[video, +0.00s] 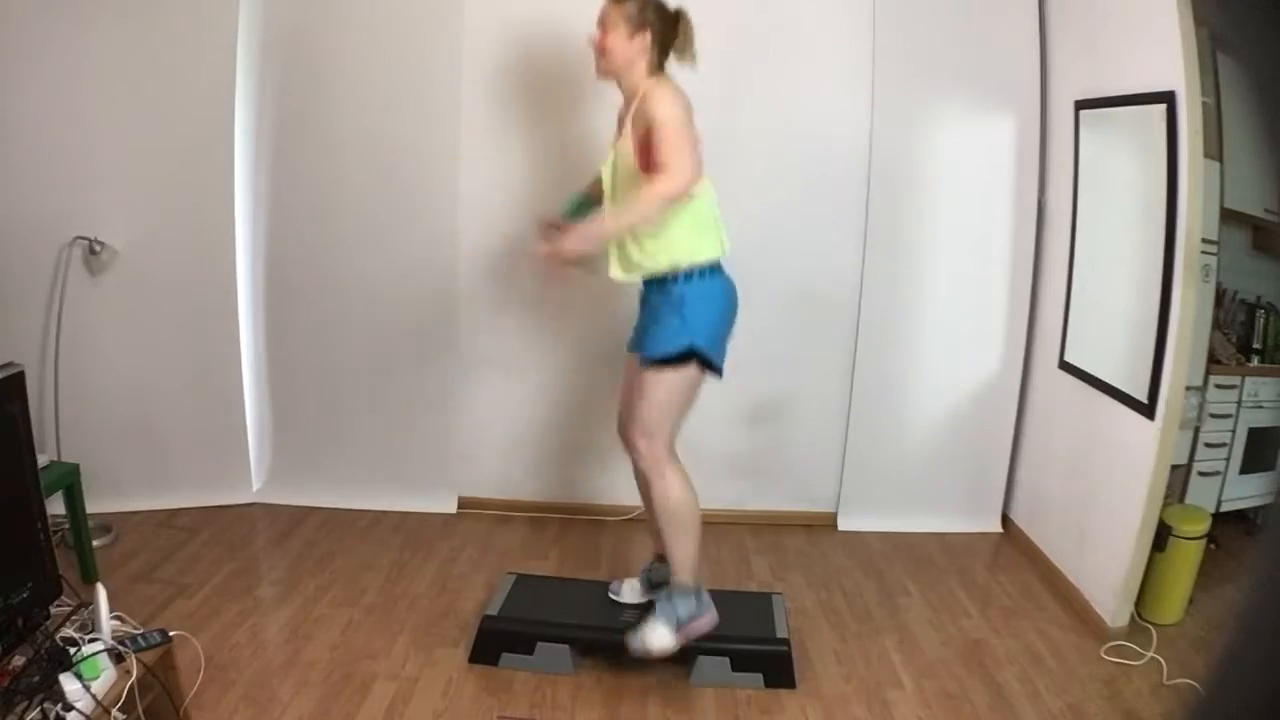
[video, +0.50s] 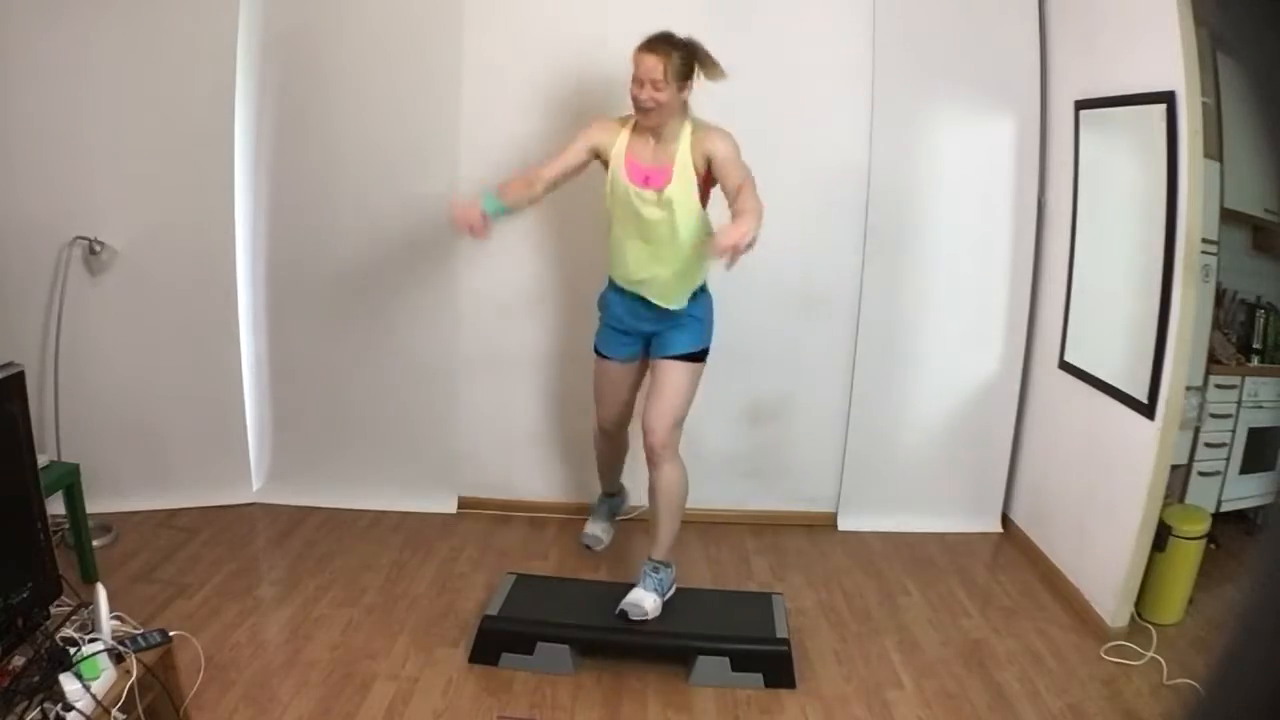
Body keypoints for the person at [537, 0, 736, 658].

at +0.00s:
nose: (594, 41)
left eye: (605, 29)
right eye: (596, 29)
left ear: (642, 40)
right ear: (636, 41)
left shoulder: (661, 99)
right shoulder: (635, 106)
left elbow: (676, 179)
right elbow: (620, 178)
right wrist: (571, 217)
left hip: (691, 291)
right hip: (664, 288)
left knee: (650, 439)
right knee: (635, 431)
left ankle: (691, 599)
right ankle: (670, 563)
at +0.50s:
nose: (641, 93)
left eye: (653, 85)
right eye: (636, 82)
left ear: (684, 89)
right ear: (631, 81)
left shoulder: (711, 144)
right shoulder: (608, 135)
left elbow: (747, 206)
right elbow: (541, 179)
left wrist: (738, 233)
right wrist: (488, 206)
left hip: (683, 310)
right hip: (623, 305)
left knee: (660, 439)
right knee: (609, 424)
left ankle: (660, 567)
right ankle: (610, 497)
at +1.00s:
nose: (705, 150)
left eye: (713, 141)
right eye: (696, 138)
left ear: (718, 141)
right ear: (667, 134)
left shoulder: (722, 194)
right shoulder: (625, 186)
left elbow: (721, 254)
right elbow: (577, 249)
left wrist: (732, 314)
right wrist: (591, 311)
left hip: (688, 336)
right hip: (625, 335)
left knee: (706, 448)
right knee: (607, 446)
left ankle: (679, 531)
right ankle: (592, 517)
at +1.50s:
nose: (814, 103)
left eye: (820, 92)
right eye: (807, 88)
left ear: (818, 93)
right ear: (771, 77)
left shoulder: (810, 136)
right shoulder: (715, 128)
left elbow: (878, 178)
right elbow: (627, 160)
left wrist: (912, 164)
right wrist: (557, 213)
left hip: (760, 301)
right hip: (707, 298)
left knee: (743, 431)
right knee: (749, 432)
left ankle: (710, 522)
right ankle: (740, 559)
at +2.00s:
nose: (914, 141)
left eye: (917, 128)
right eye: (910, 125)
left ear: (876, 118)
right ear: (876, 112)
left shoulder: (857, 178)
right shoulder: (827, 169)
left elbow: (785, 256)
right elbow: (810, 262)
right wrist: (915, 280)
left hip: (861, 371)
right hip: (809, 373)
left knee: (885, 524)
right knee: (843, 541)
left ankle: (853, 657)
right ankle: (758, 564)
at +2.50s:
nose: (804, 129)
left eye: (804, 120)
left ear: (806, 123)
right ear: (870, 119)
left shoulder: (776, 196)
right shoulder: (915, 193)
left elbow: (716, 304)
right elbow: (967, 307)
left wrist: (698, 405)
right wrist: (921, 249)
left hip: (771, 432)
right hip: (849, 449)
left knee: (821, 572)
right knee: (840, 638)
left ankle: (842, 679)